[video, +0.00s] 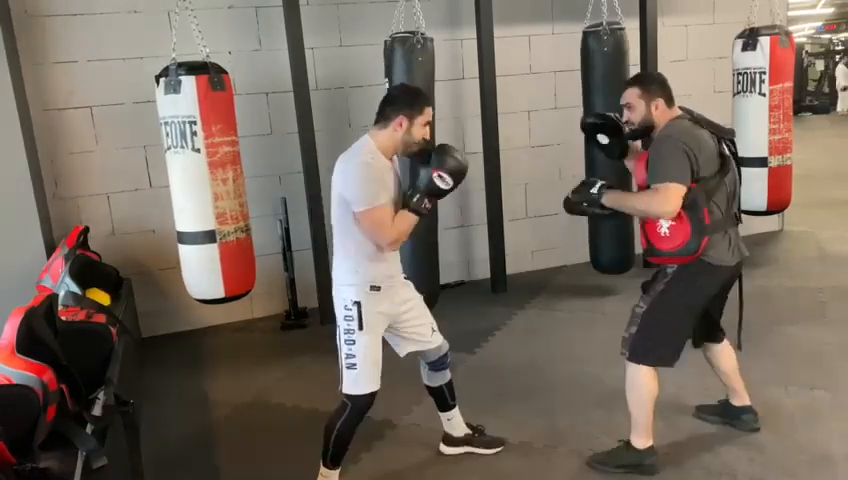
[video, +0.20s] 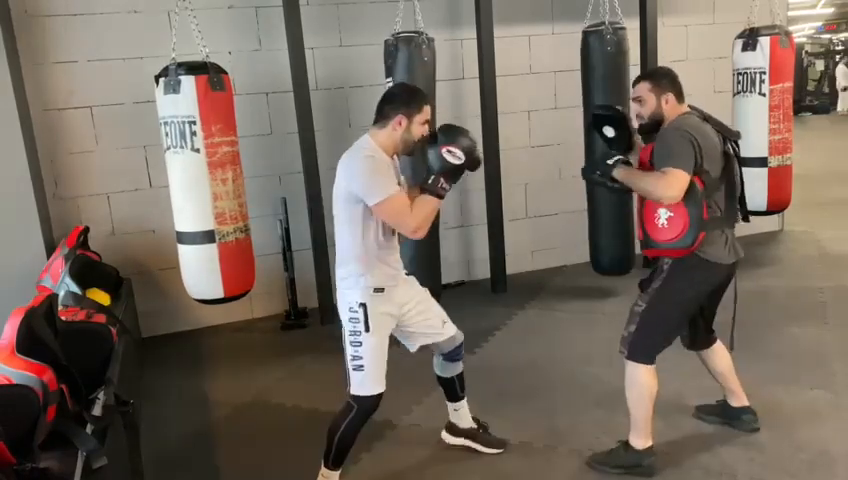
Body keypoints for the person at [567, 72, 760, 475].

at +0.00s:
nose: (625, 116)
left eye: (630, 108)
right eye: (623, 109)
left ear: (658, 104)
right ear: (663, 106)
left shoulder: (670, 141)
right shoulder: (691, 129)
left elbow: (665, 204)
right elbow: (661, 184)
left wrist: (604, 197)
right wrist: (626, 149)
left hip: (694, 263)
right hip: (723, 255)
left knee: (640, 348)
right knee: (705, 327)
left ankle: (639, 447)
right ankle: (741, 405)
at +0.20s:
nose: (635, 109)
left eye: (640, 100)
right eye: (633, 101)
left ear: (667, 98)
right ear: (673, 99)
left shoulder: (676, 134)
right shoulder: (699, 125)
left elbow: (669, 188)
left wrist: (620, 171)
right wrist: (637, 143)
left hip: (691, 259)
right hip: (719, 256)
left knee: (638, 348)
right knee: (700, 335)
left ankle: (638, 448)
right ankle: (740, 407)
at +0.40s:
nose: (627, 112)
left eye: (632, 104)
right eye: (625, 105)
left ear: (659, 101)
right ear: (663, 103)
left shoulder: (669, 136)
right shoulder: (686, 130)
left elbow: (673, 190)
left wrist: (602, 203)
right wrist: (630, 143)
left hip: (685, 263)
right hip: (708, 259)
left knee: (619, 345)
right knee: (697, 334)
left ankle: (621, 444)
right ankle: (739, 406)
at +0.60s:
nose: (604, 120)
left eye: (610, 112)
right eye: (602, 112)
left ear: (638, 111)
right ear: (638, 113)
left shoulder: (660, 147)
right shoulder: (640, 145)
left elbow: (675, 209)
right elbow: (609, 188)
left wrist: (608, 197)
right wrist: (592, 151)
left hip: (663, 273)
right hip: (667, 268)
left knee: (613, 363)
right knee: (687, 344)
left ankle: (604, 461)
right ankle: (738, 408)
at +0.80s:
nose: (581, 140)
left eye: (585, 132)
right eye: (580, 132)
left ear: (611, 131)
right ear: (602, 132)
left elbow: (693, 216)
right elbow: (566, 198)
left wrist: (647, 177)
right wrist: (547, 200)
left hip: (657, 279)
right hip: (625, 277)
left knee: (601, 365)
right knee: (654, 350)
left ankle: (605, 465)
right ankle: (723, 394)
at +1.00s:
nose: (581, 139)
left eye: (586, 131)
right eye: (579, 131)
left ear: (612, 128)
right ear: (607, 129)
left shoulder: (662, 156)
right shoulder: (605, 164)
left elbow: (682, 211)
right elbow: (581, 226)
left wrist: (626, 174)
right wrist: (572, 201)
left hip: (656, 283)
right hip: (633, 280)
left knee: (593, 368)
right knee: (663, 354)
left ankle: (605, 464)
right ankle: (728, 409)